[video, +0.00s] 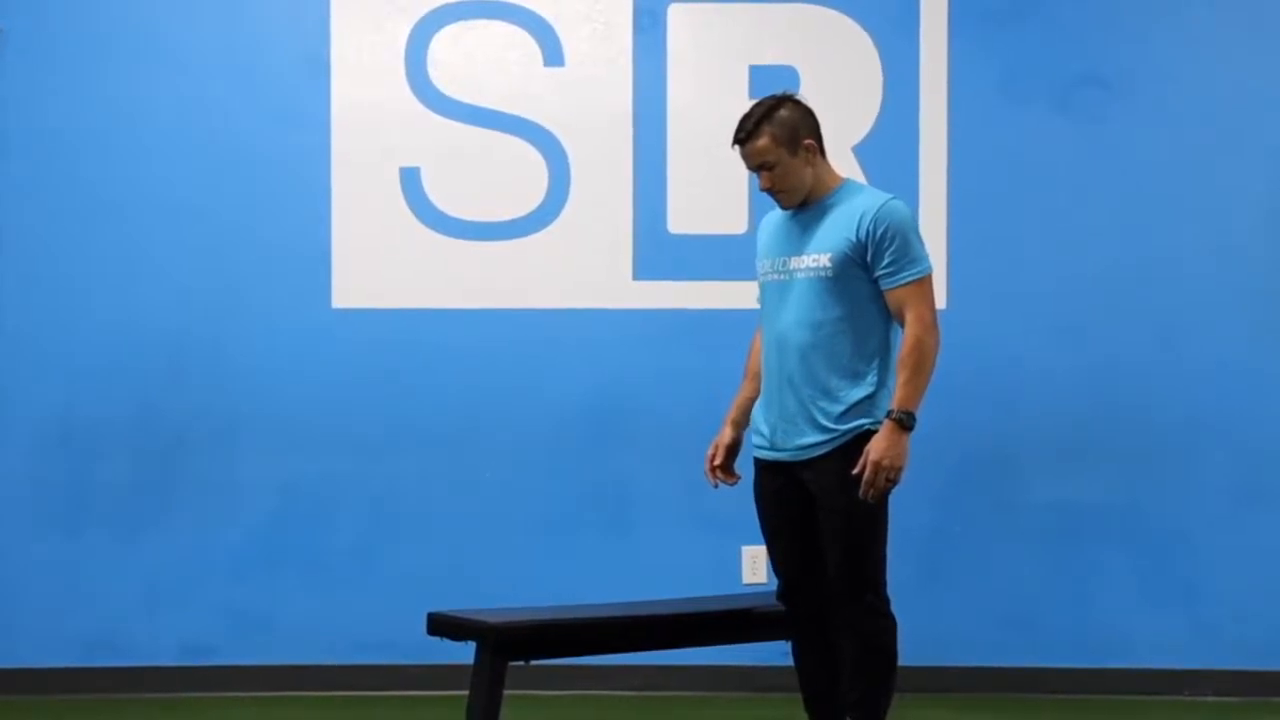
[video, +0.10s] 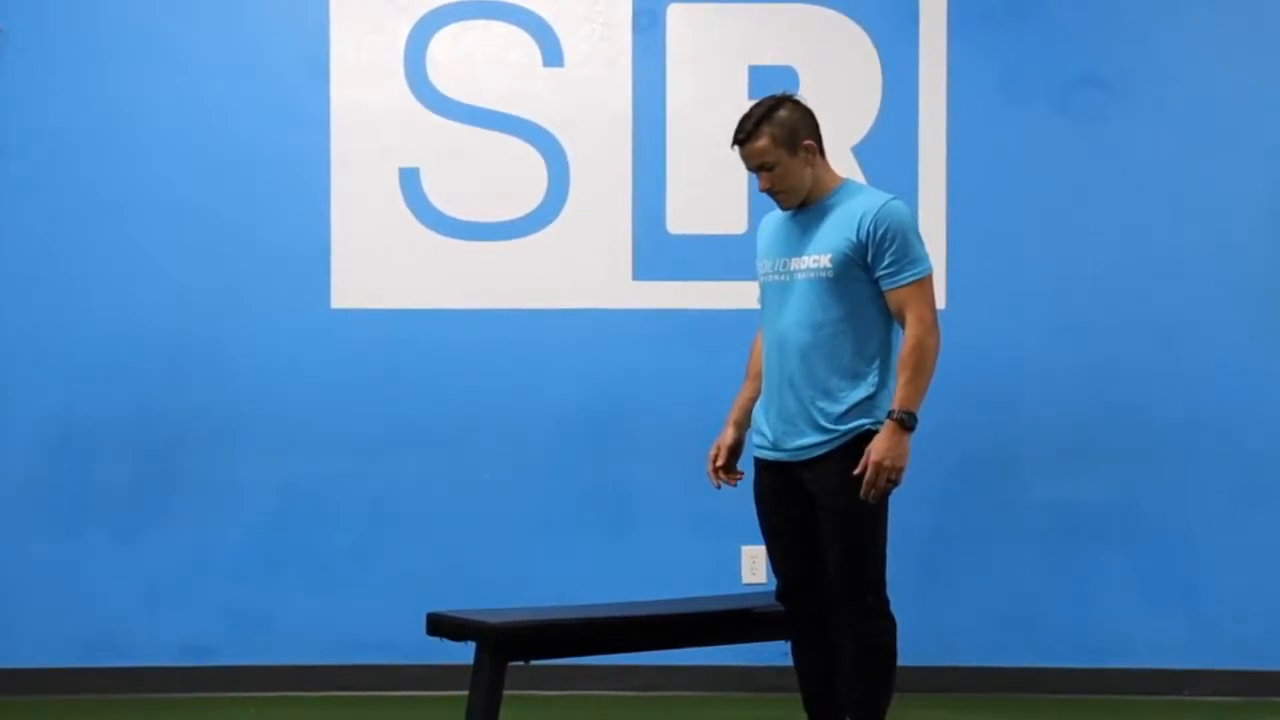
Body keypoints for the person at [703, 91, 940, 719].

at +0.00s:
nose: (762, 184)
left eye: (768, 169)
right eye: (755, 172)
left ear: (809, 150)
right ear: (764, 164)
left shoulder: (877, 215)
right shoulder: (771, 229)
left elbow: (921, 325)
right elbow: (773, 330)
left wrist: (898, 424)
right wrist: (735, 423)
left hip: (846, 449)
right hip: (776, 454)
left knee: (856, 610)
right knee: (805, 615)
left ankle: (863, 715)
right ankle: (826, 715)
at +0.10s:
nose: (762, 184)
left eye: (768, 169)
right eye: (755, 172)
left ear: (809, 151)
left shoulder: (877, 216)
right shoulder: (771, 230)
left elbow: (922, 325)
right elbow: (774, 331)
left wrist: (899, 425)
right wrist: (737, 423)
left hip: (847, 449)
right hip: (777, 454)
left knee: (856, 610)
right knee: (805, 615)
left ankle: (862, 715)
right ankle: (825, 715)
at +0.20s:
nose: (763, 185)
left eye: (769, 169)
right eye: (756, 173)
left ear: (810, 152)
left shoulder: (879, 217)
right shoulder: (772, 229)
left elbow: (924, 326)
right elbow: (777, 331)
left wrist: (901, 426)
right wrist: (740, 423)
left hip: (847, 448)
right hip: (776, 453)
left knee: (852, 611)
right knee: (802, 615)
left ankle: (860, 715)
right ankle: (824, 715)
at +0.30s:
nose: (766, 186)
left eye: (772, 171)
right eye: (759, 174)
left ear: (813, 153)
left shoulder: (884, 219)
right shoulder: (777, 227)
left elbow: (928, 330)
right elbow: (781, 330)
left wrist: (905, 430)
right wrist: (744, 419)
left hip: (848, 448)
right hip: (776, 451)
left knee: (851, 610)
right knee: (796, 613)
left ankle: (859, 715)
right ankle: (821, 716)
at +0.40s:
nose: (771, 186)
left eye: (776, 171)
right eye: (763, 174)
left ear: (818, 154)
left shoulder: (890, 222)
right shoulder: (784, 224)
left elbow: (933, 334)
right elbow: (787, 330)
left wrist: (909, 434)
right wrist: (749, 417)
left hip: (853, 443)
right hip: (778, 442)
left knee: (851, 601)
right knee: (771, 591)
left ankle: (859, 714)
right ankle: (815, 713)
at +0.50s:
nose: (774, 187)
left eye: (779, 172)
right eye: (767, 175)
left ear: (821, 155)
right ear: (809, 160)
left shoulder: (893, 225)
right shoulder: (794, 223)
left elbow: (936, 337)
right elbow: (795, 332)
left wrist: (913, 440)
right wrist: (756, 411)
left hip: (859, 439)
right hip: (783, 433)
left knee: (853, 598)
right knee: (741, 563)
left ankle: (862, 714)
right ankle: (803, 708)